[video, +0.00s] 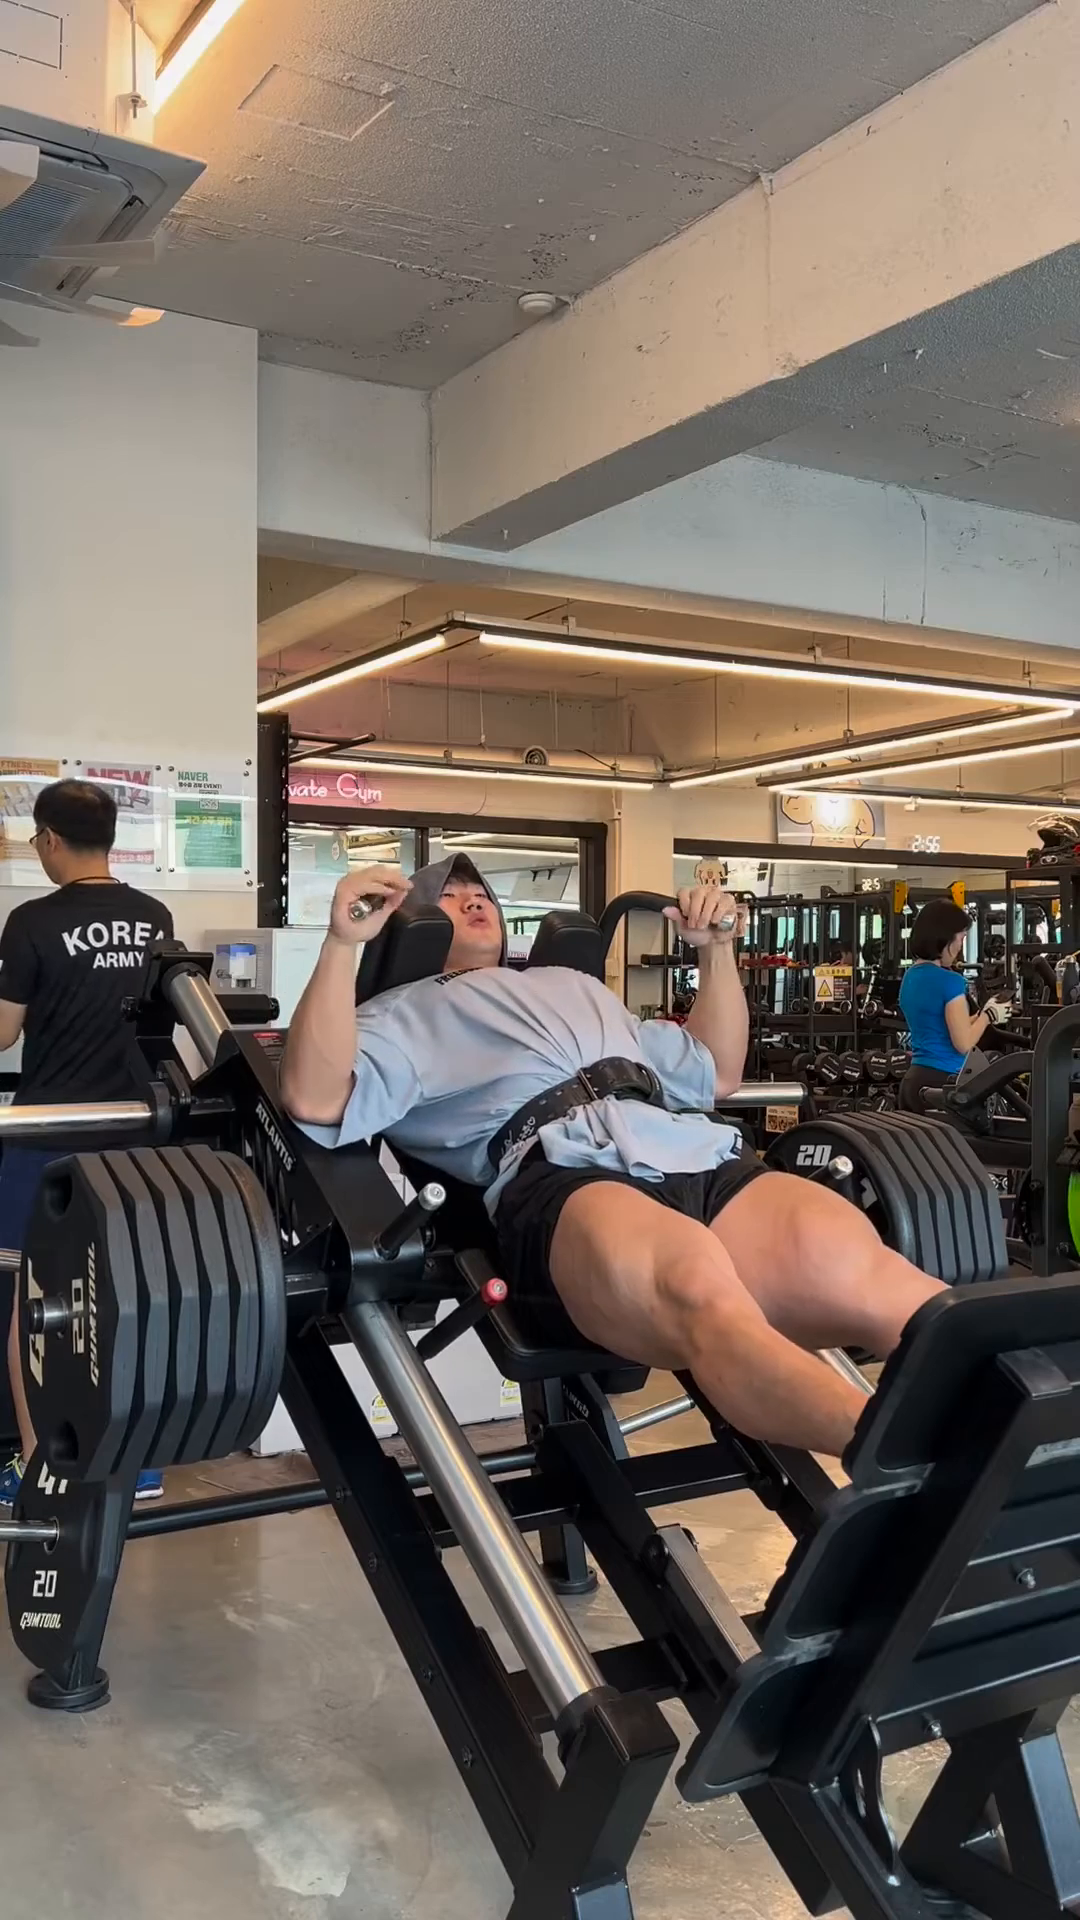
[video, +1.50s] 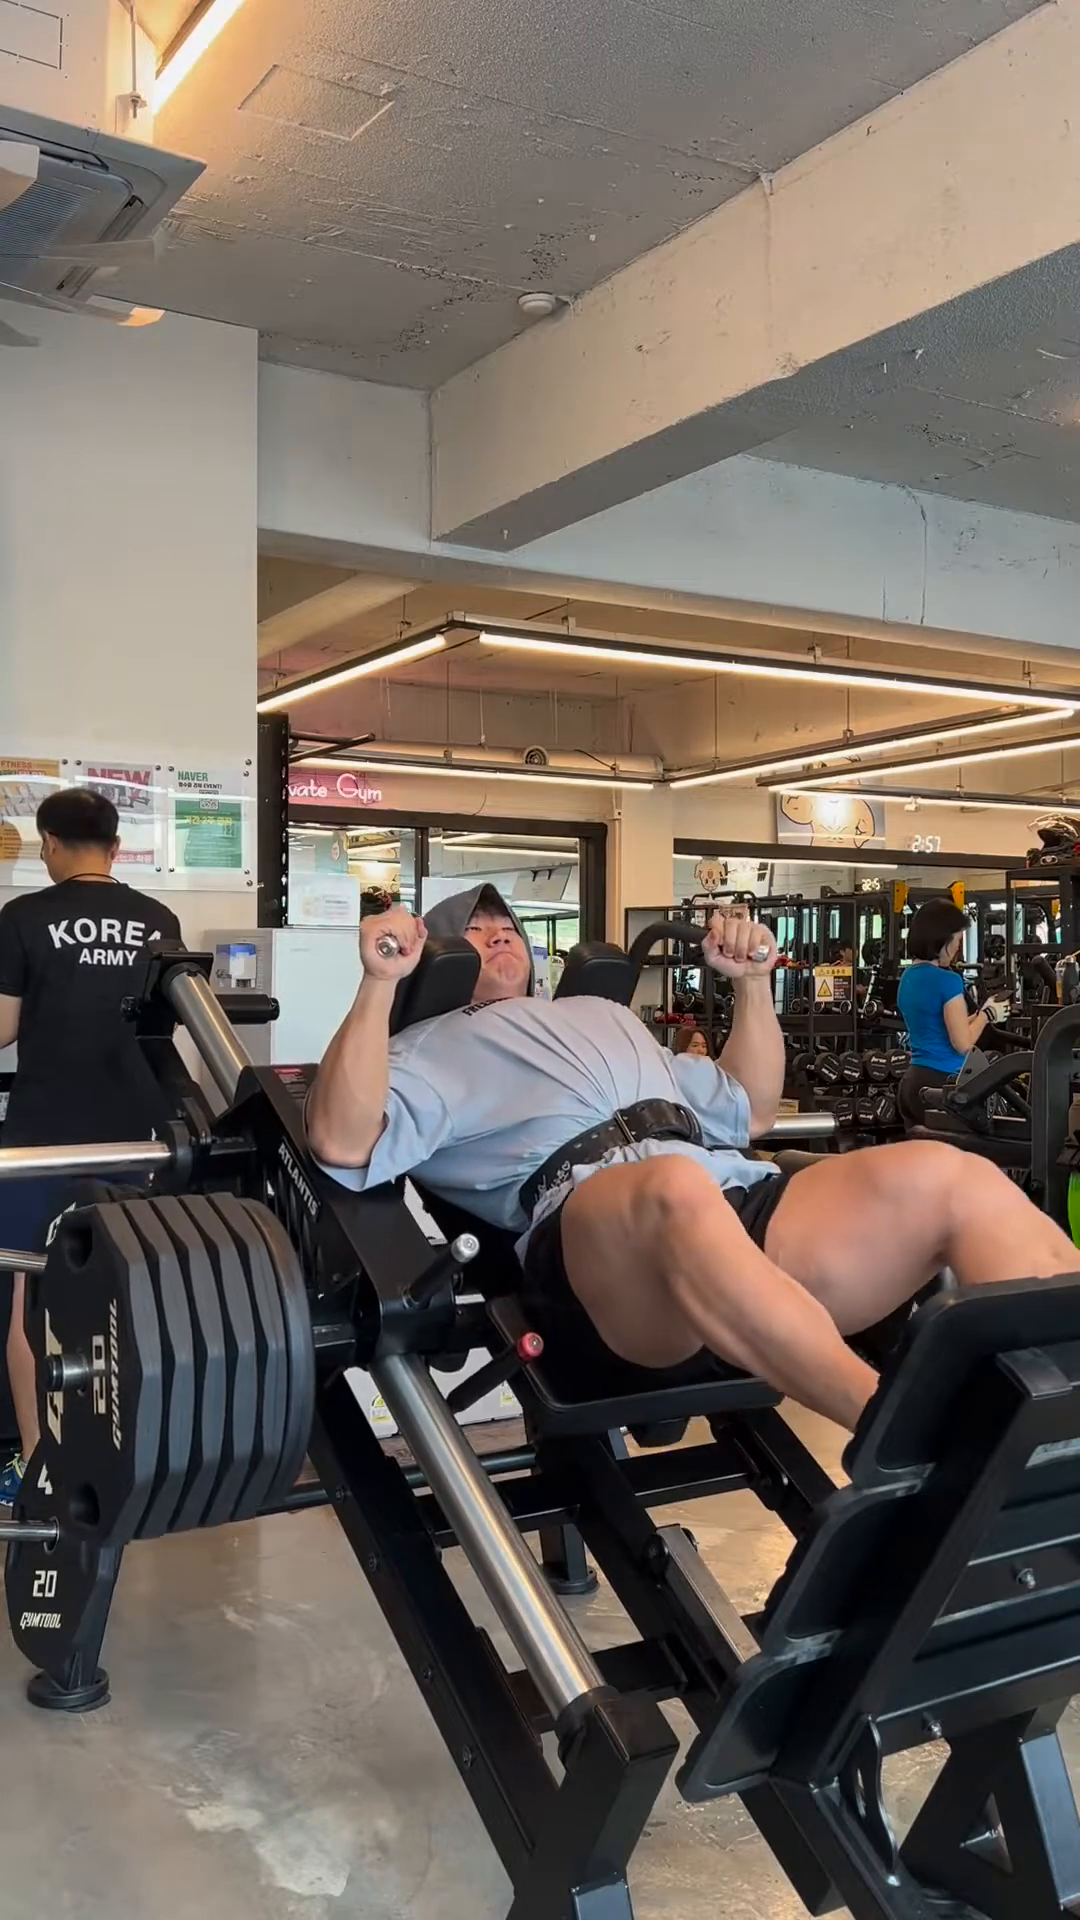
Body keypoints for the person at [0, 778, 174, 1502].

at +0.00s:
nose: (35, 848)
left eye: (37, 837)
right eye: (37, 837)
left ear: (50, 840)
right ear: (110, 841)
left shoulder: (34, 920)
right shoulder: (154, 913)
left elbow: (6, 1030)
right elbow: (166, 1013)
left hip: (47, 1132)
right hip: (137, 1132)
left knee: (26, 1294)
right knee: (133, 1292)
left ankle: (34, 1456)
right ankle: (138, 1462)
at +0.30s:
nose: (29, 860)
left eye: (29, 849)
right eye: (28, 849)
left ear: (45, 845)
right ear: (104, 844)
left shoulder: (31, 915)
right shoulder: (158, 917)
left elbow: (3, 990)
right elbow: (177, 1016)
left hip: (41, 1132)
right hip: (134, 1135)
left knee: (23, 1297)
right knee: (133, 1294)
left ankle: (35, 1454)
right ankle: (140, 1463)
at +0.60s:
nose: (33, 858)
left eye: (33, 848)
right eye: (35, 849)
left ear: (43, 847)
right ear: (108, 845)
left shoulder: (27, 915)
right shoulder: (159, 917)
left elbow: (6, 995)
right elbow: (177, 1020)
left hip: (39, 1131)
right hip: (135, 1135)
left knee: (26, 1296)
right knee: (133, 1293)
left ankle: (36, 1455)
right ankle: (139, 1461)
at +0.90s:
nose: (47, 856)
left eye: (44, 846)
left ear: (47, 846)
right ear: (115, 847)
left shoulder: (23, 918)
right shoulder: (160, 918)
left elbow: (4, 1027)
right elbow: (180, 1025)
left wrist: (55, 1005)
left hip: (40, 1135)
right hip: (135, 1137)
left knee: (26, 1297)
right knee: (135, 1294)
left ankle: (35, 1455)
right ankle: (140, 1462)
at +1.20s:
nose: (48, 856)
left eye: (45, 845)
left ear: (48, 845)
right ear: (116, 848)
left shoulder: (23, 916)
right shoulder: (160, 918)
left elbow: (4, 1027)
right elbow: (172, 1019)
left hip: (39, 1133)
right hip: (131, 1133)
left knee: (26, 1293)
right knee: (127, 1286)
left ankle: (35, 1454)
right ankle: (124, 1451)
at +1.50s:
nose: (48, 857)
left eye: (45, 847)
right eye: (59, 848)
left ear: (48, 846)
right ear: (116, 849)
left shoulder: (25, 916)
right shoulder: (159, 918)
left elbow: (4, 1027)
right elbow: (173, 1020)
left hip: (44, 1133)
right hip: (139, 1130)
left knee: (21, 1297)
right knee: (128, 1290)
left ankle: (38, 1456)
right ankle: (126, 1448)